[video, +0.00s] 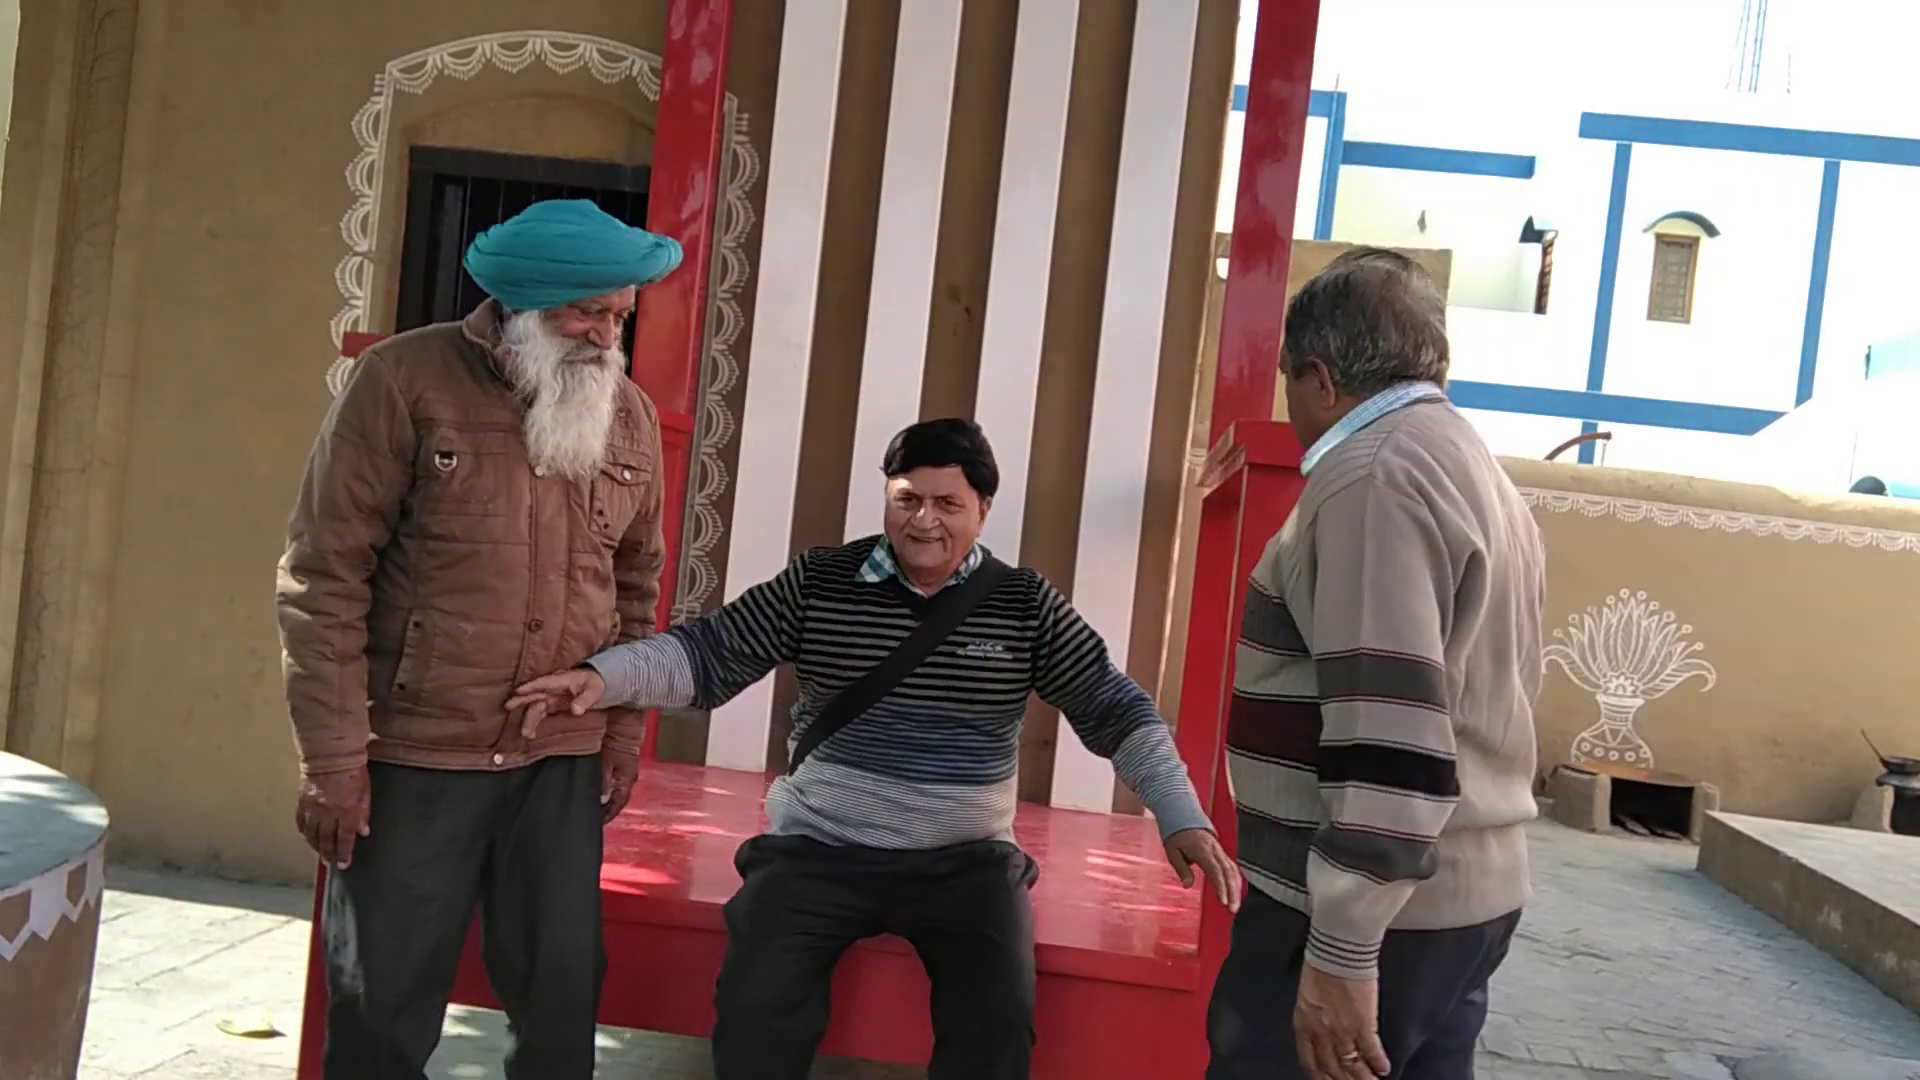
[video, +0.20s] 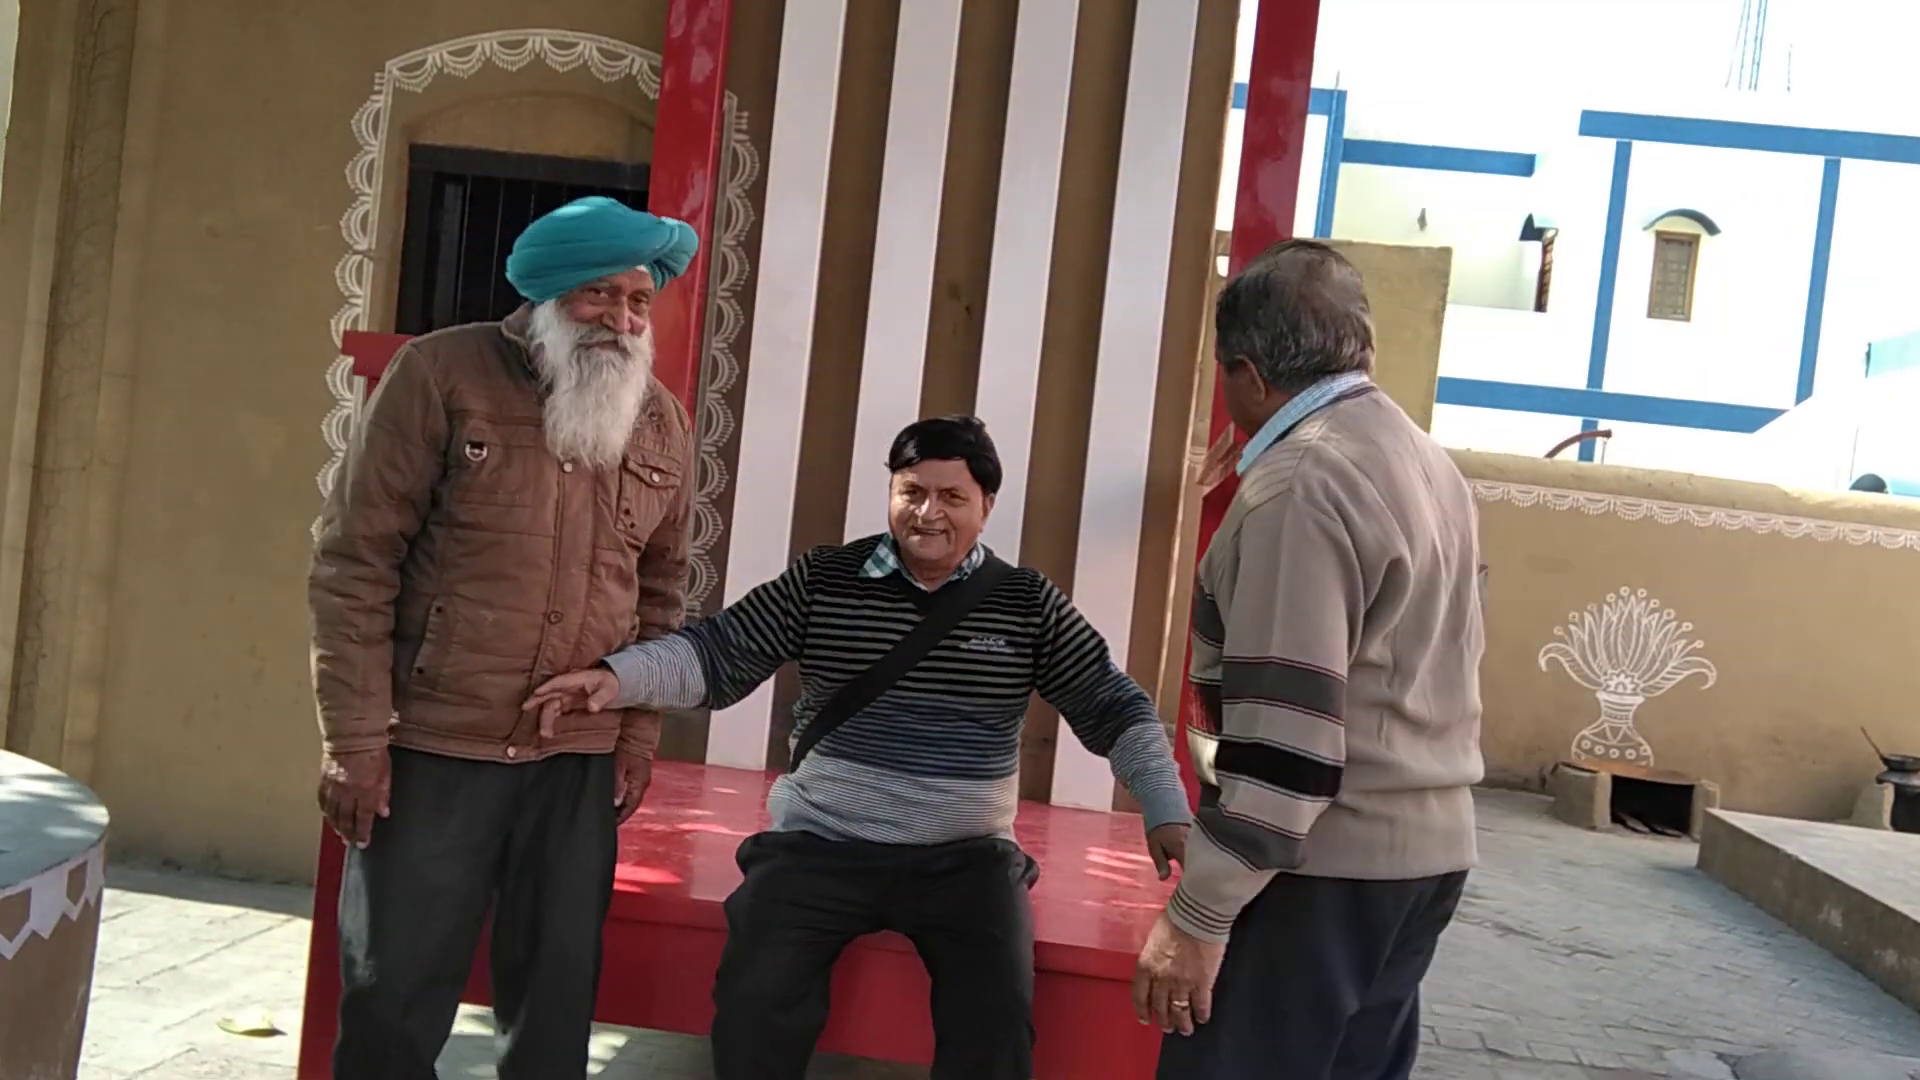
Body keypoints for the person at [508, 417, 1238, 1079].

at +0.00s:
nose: (920, 518)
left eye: (943, 503)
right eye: (906, 499)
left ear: (982, 512)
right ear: (884, 500)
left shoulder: (1025, 608)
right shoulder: (820, 582)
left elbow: (1120, 715)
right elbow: (708, 651)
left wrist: (1182, 819)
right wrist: (601, 679)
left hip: (967, 850)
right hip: (817, 837)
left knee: (996, 1014)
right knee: (758, 1004)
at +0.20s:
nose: (928, 511)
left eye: (951, 497)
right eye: (914, 492)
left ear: (984, 509)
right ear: (889, 494)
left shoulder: (1025, 603)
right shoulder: (825, 580)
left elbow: (1115, 708)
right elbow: (718, 649)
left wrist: (1167, 813)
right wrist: (615, 681)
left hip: (965, 848)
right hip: (819, 835)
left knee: (997, 1003)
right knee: (756, 990)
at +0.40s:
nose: (930, 511)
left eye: (953, 496)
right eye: (915, 491)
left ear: (989, 509)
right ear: (893, 495)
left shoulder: (1027, 605)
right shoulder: (828, 581)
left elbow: (1116, 715)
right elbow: (725, 653)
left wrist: (1148, 833)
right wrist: (627, 684)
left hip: (963, 848)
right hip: (819, 836)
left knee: (995, 998)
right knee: (756, 988)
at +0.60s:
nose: (932, 511)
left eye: (955, 496)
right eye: (918, 492)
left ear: (992, 510)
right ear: (897, 496)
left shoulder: (1029, 608)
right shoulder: (832, 583)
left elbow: (1111, 708)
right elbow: (732, 657)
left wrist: (1156, 788)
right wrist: (636, 685)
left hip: (964, 851)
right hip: (819, 838)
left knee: (998, 1006)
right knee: (755, 994)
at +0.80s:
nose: (928, 512)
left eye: (950, 497)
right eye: (914, 494)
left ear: (992, 510)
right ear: (896, 501)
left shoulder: (1032, 610)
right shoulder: (831, 586)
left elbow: (1116, 708)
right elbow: (735, 657)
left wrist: (1179, 774)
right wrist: (643, 685)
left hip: (962, 850)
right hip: (816, 837)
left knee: (1002, 1009)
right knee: (750, 996)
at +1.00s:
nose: (893, 509)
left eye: (916, 497)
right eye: (890, 493)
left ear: (974, 516)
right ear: (881, 499)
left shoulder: (1028, 611)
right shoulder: (829, 587)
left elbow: (1101, 703)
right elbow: (734, 653)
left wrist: (1135, 766)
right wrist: (648, 684)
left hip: (960, 849)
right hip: (815, 836)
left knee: (1003, 1003)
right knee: (743, 1001)